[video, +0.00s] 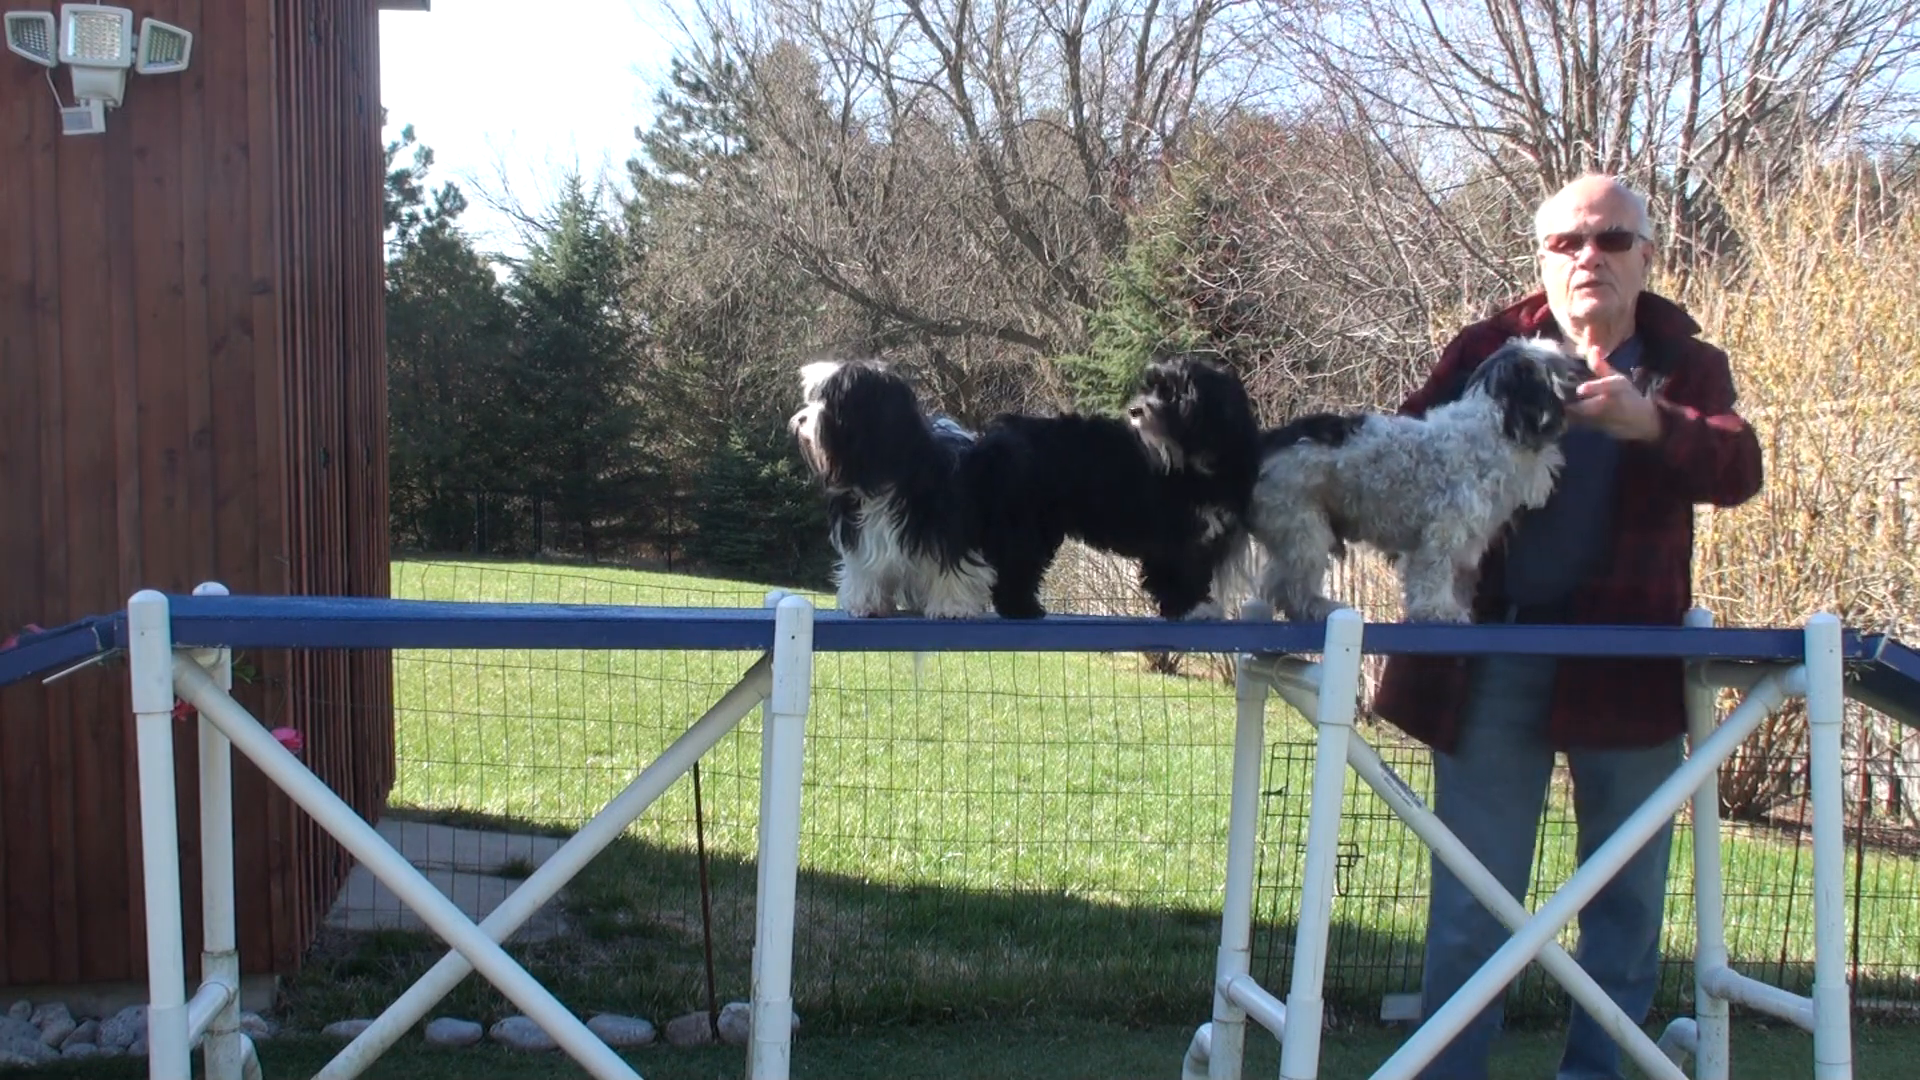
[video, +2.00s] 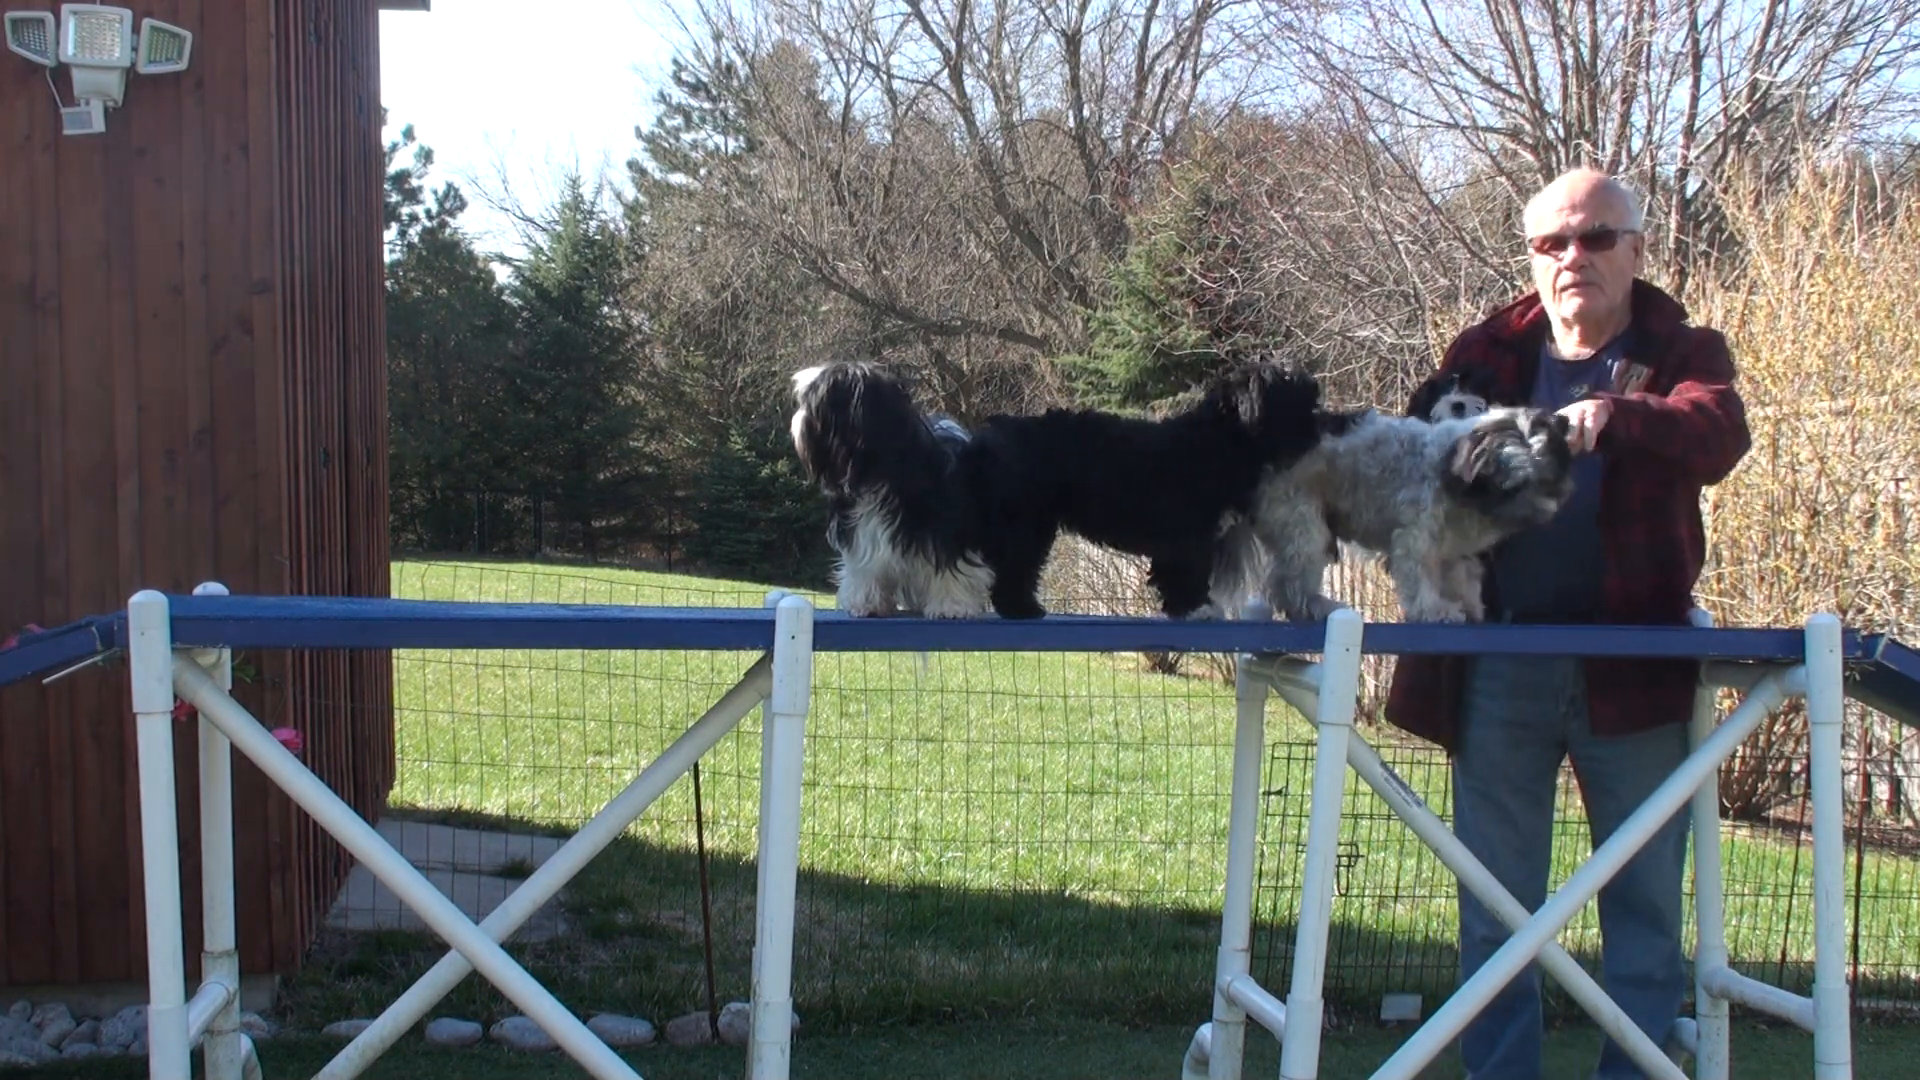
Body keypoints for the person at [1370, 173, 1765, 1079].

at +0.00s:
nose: (1590, 256)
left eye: (1612, 240)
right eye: (1569, 241)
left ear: (1646, 254)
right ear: (1541, 258)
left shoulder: (1682, 355)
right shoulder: (1486, 350)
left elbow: (1741, 473)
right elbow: (1404, 454)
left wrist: (1655, 424)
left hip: (1631, 652)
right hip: (1496, 645)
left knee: (1627, 889)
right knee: (1473, 881)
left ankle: (1599, 1064)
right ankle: (1448, 1063)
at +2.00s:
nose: (1574, 257)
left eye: (1596, 238)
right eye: (1552, 243)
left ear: (1635, 250)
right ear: (1530, 259)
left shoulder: (1683, 350)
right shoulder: (1483, 353)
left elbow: (1720, 438)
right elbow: (1420, 457)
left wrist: (1619, 416)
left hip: (1633, 660)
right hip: (1498, 657)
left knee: (1644, 899)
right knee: (1494, 898)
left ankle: (1638, 1069)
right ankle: (1497, 1063)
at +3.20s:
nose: (1558, 261)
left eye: (1583, 243)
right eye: (1544, 245)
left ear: (1642, 252)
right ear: (1531, 258)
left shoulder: (1707, 374)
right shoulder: (1488, 350)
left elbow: (1742, 512)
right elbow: (1413, 441)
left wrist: (1628, 489)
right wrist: (1428, 443)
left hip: (1637, 663)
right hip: (1497, 659)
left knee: (1643, 907)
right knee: (1492, 905)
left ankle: (1638, 1071)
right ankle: (1497, 1065)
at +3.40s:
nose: (1563, 258)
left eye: (1589, 240)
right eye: (1549, 243)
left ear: (1645, 252)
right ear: (1535, 257)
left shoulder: (1708, 375)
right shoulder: (1489, 349)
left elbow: (1745, 513)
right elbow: (1405, 432)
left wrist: (1624, 490)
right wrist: (1398, 424)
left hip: (1638, 663)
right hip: (1498, 658)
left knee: (1644, 906)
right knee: (1491, 904)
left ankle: (1638, 1071)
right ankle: (1497, 1065)